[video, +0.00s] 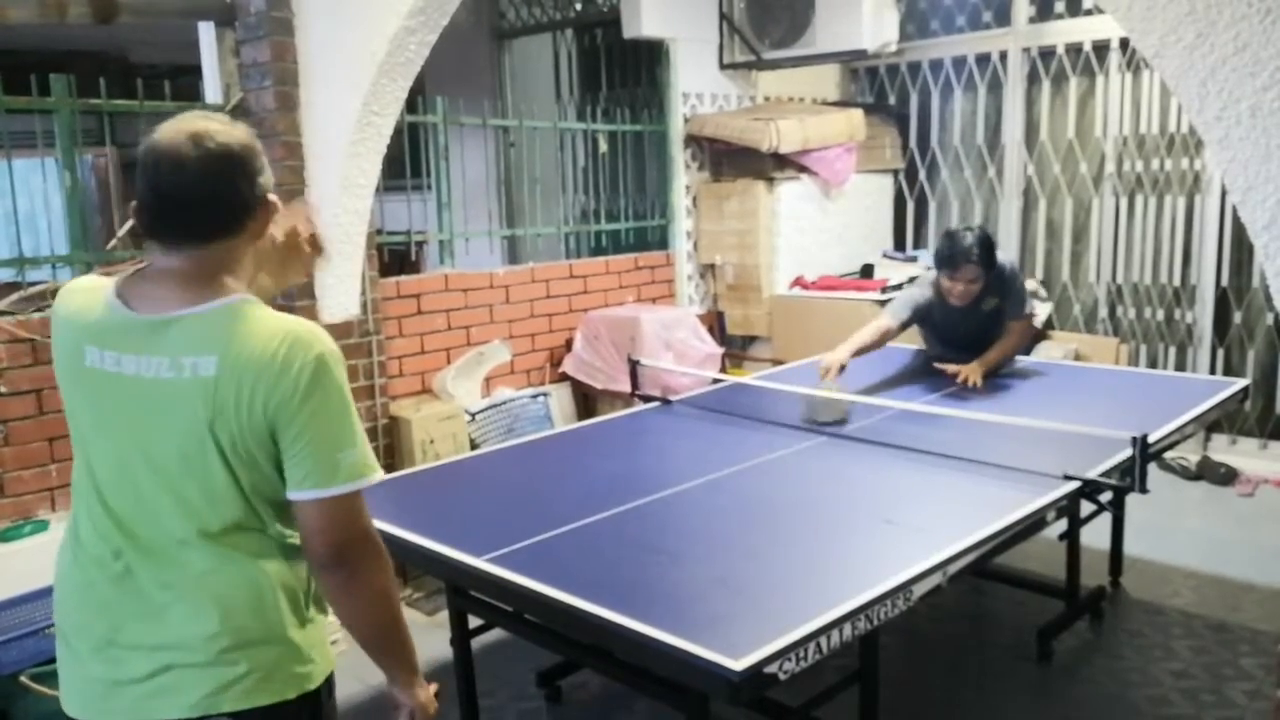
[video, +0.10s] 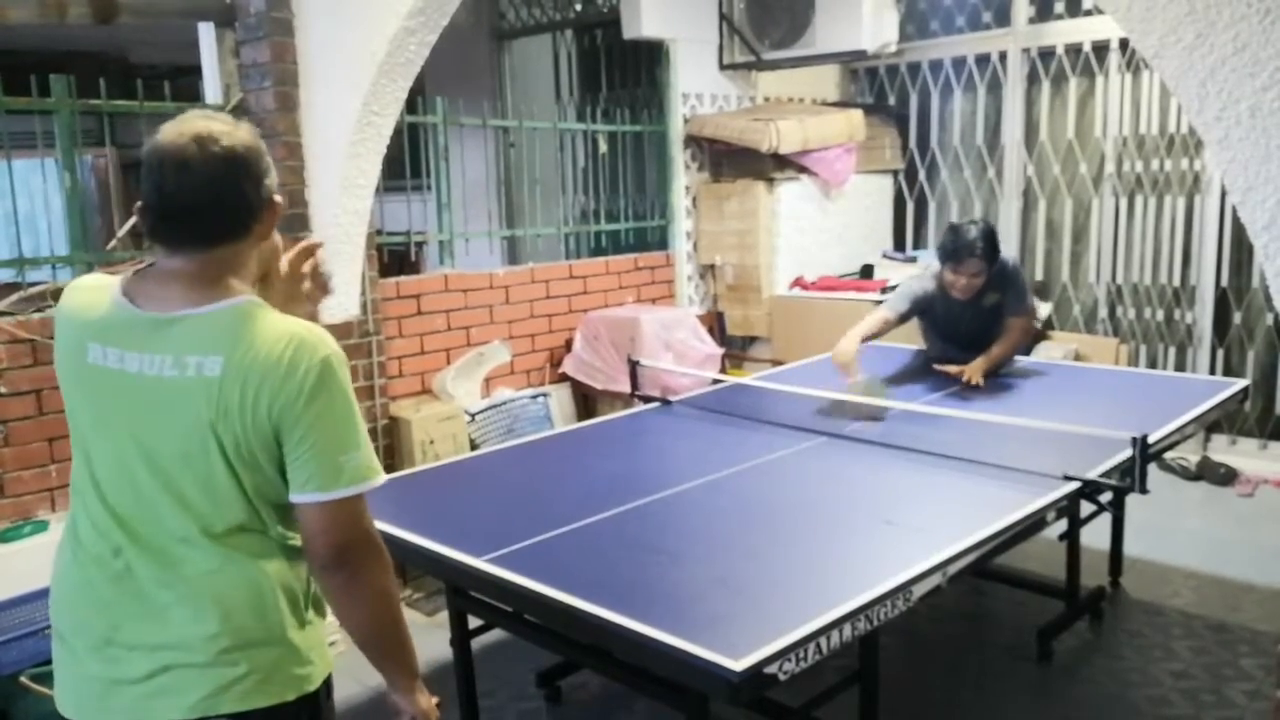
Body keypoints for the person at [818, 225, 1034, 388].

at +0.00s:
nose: (960, 289)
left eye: (971, 282)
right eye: (951, 279)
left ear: (987, 274)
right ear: (939, 271)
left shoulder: (1006, 278)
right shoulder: (922, 292)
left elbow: (1019, 333)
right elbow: (885, 326)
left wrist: (979, 366)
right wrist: (844, 351)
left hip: (997, 374)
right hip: (939, 373)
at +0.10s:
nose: (963, 283)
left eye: (974, 276)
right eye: (955, 273)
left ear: (990, 268)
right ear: (942, 264)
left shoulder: (1007, 277)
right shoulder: (924, 286)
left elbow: (1018, 331)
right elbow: (885, 317)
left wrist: (980, 365)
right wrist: (851, 339)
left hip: (995, 376)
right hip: (937, 372)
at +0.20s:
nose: (968, 272)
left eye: (980, 265)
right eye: (960, 262)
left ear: (995, 259)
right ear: (947, 254)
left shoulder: (1011, 269)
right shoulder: (926, 277)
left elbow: (1016, 329)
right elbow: (865, 317)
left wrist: (978, 366)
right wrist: (873, 341)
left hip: (998, 382)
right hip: (938, 380)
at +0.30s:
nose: (973, 262)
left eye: (984, 254)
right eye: (965, 251)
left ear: (999, 250)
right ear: (953, 242)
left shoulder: (1016, 259)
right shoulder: (931, 264)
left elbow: (1015, 325)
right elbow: (867, 308)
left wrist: (980, 364)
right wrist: (883, 320)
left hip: (989, 366)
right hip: (935, 363)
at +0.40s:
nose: (973, 255)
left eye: (984, 247)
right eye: (965, 245)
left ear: (998, 241)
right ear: (952, 237)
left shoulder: (1017, 255)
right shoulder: (930, 259)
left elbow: (1014, 322)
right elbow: (875, 306)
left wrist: (979, 363)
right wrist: (884, 309)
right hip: (940, 351)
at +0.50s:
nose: (967, 248)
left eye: (978, 240)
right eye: (959, 239)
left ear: (993, 235)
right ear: (949, 232)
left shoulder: (1016, 254)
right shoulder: (929, 256)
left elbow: (1010, 324)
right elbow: (888, 303)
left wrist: (974, 366)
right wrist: (895, 303)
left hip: (993, 355)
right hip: (941, 352)